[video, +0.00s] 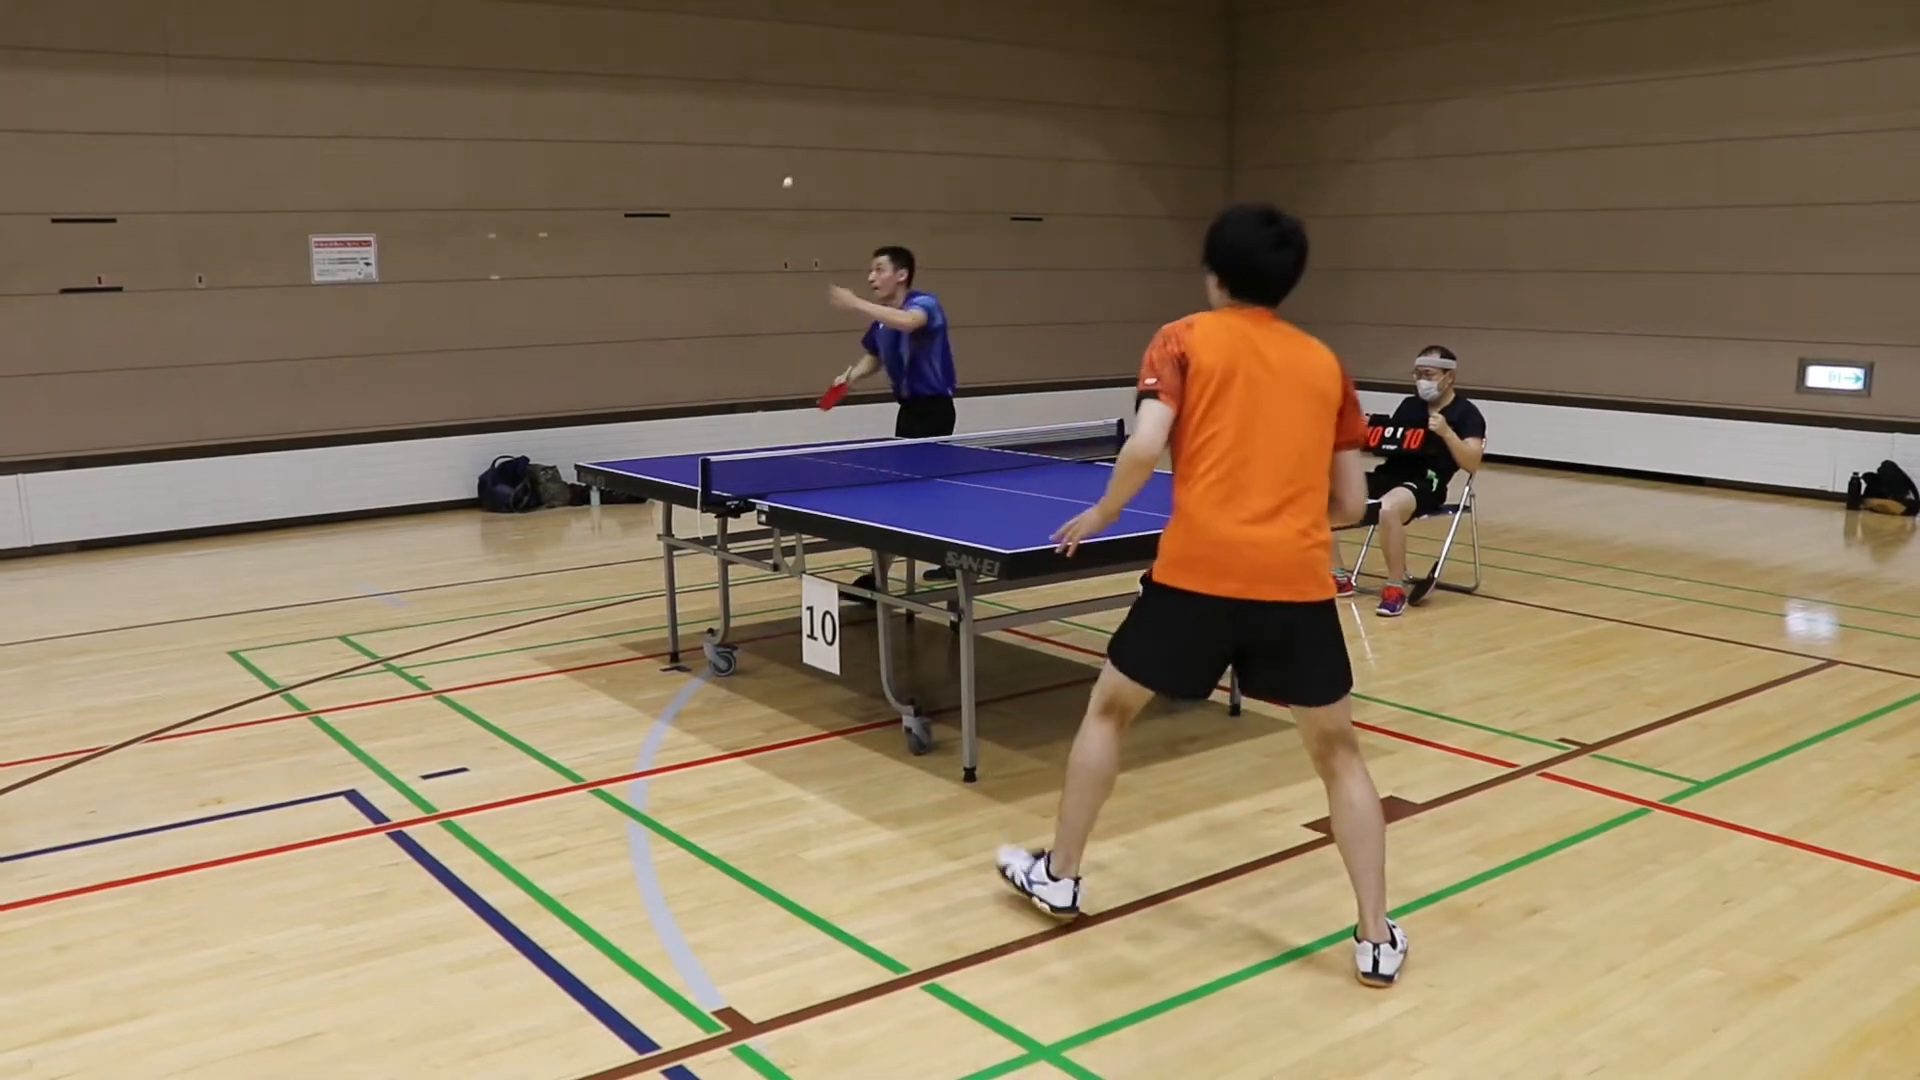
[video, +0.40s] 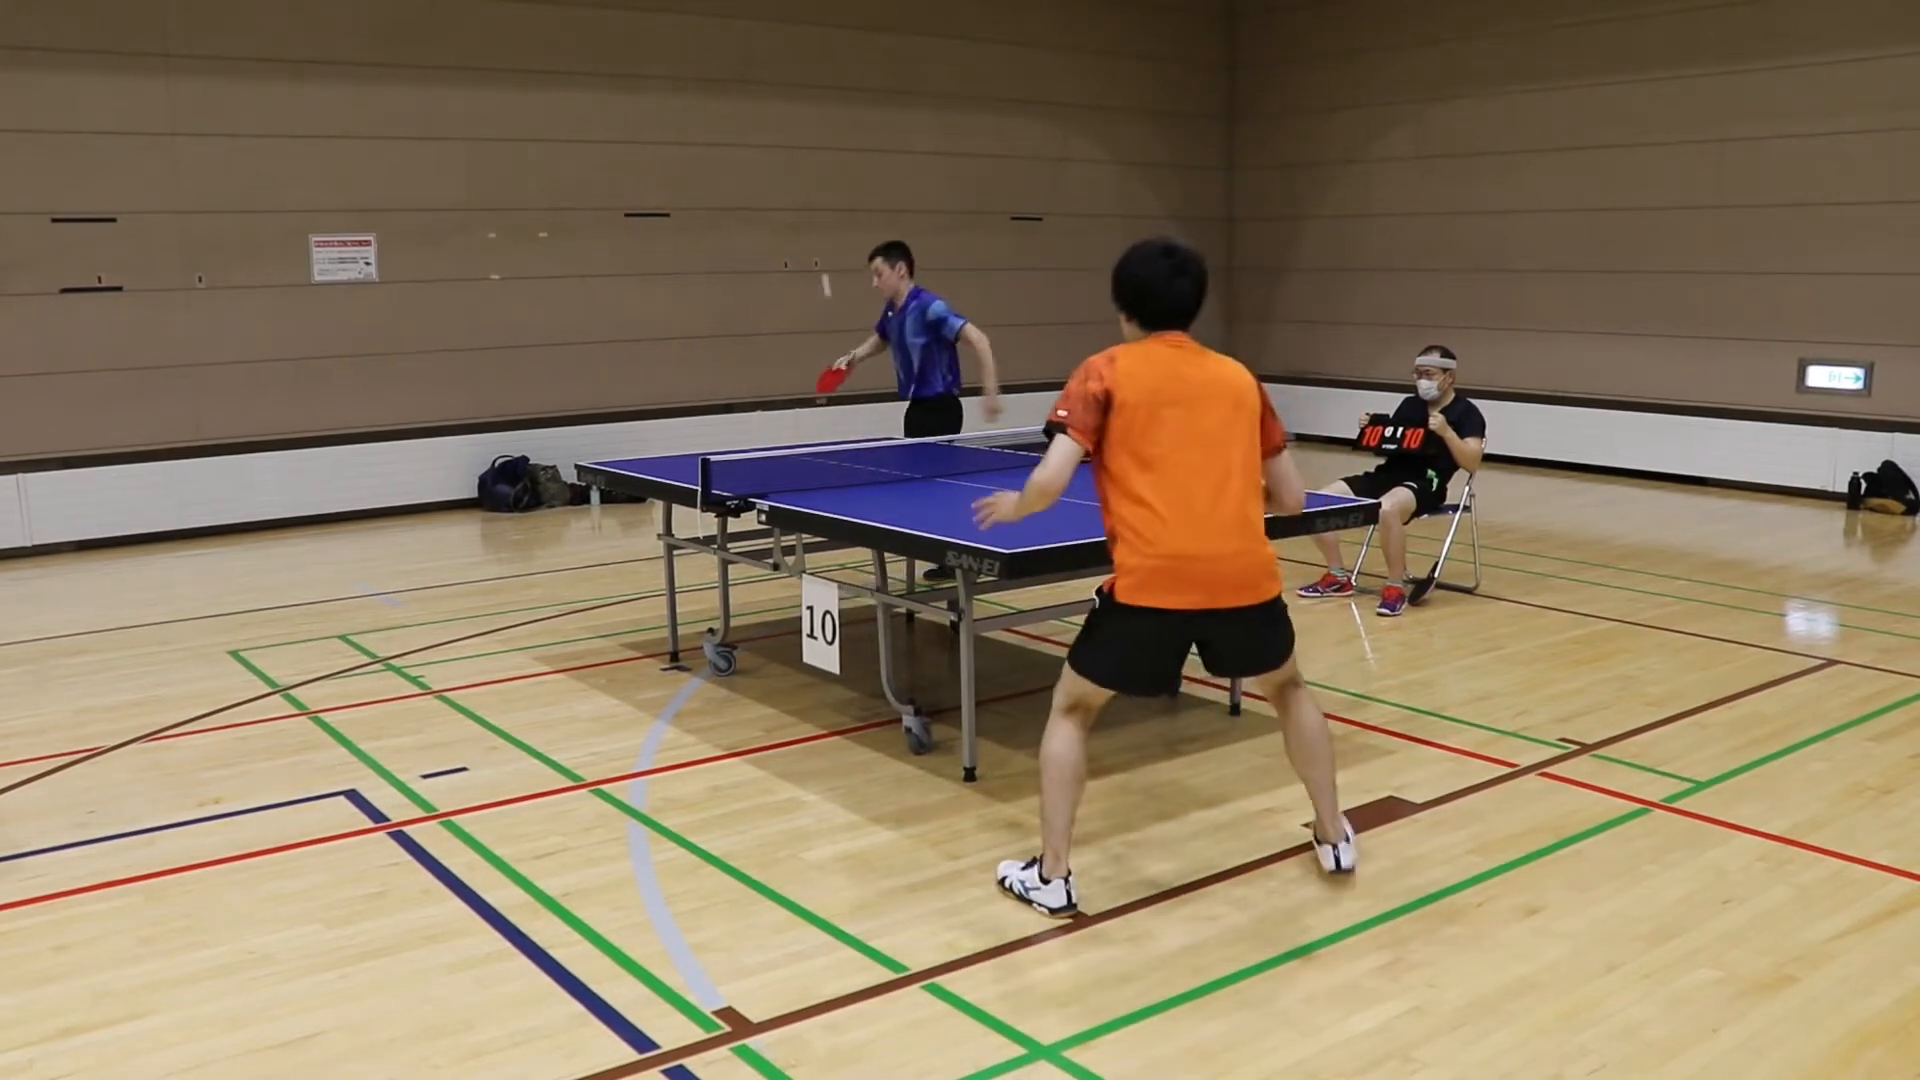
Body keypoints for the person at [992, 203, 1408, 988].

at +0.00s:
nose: (1206, 277)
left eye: (1209, 267)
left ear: (1215, 274)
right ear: (1291, 281)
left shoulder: (1185, 340)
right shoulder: (1324, 365)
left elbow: (1144, 449)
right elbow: (1350, 503)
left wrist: (1101, 513)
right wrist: (1281, 511)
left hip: (1195, 579)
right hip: (1298, 590)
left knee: (1110, 710)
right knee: (1338, 749)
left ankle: (1060, 872)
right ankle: (1376, 936)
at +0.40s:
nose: (1116, 310)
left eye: (1118, 301)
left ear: (1124, 305)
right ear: (1194, 307)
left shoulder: (1107, 372)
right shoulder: (1239, 379)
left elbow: (1048, 485)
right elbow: (1290, 498)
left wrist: (1015, 506)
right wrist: (1226, 481)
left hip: (1147, 591)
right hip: (1246, 587)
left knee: (1072, 708)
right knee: (1289, 690)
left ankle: (1052, 874)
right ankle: (1337, 836)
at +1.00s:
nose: (1082, 384)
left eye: (1083, 373)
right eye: (1082, 373)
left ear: (1095, 374)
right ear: (1155, 369)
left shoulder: (1100, 430)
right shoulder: (1205, 427)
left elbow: (1021, 529)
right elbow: (1224, 512)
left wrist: (1007, 514)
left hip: (1168, 644)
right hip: (1248, 637)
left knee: (1015, 707)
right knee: (1250, 698)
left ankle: (987, 880)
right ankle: (1322, 824)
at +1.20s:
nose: (1014, 366)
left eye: (1015, 354)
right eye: (1015, 354)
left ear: (1027, 355)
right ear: (1090, 345)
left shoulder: (1033, 404)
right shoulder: (1133, 409)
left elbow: (944, 492)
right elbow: (1134, 523)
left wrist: (900, 471)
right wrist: (1056, 590)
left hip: (1078, 624)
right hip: (1171, 616)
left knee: (946, 691)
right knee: (1235, 716)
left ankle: (960, 865)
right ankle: (1315, 821)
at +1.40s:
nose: (977, 363)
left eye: (979, 353)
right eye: (984, 352)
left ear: (987, 359)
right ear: (1055, 355)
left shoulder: (977, 431)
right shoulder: (1104, 423)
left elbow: (913, 553)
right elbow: (1184, 479)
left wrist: (884, 562)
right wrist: (1143, 424)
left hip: (1017, 647)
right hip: (1111, 641)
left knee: (906, 739)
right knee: (1165, 748)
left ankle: (850, 900)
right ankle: (1261, 874)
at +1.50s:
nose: (1010, 346)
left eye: (1012, 337)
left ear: (1018, 344)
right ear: (1090, 342)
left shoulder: (993, 421)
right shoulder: (1134, 419)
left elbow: (922, 544)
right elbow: (1203, 517)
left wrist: (925, 542)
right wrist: (1158, 464)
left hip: (1025, 644)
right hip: (1126, 642)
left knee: (920, 743)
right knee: (1194, 749)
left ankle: (851, 901)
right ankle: (1281, 895)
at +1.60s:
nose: (1061, 319)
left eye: (1066, 309)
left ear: (1071, 315)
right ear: (1145, 317)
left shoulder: (1038, 388)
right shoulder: (1184, 399)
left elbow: (966, 500)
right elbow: (1228, 527)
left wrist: (1032, 509)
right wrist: (1174, 486)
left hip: (1056, 618)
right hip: (1163, 614)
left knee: (956, 733)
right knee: (1266, 718)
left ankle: (878, 889)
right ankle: (1316, 887)